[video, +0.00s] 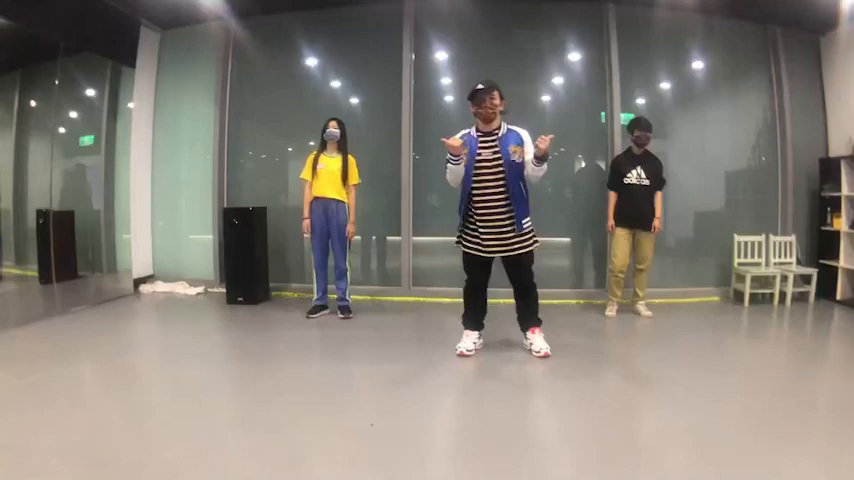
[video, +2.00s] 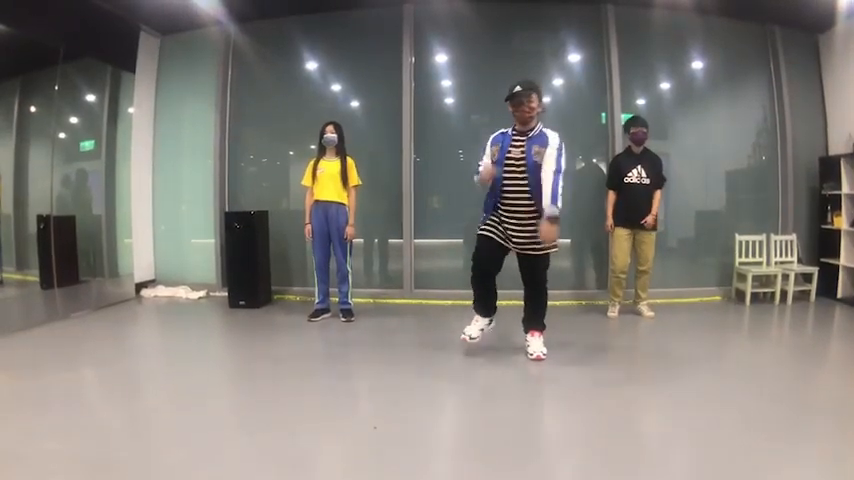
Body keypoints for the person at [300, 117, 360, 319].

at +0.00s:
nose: (332, 131)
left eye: (336, 128)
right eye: (329, 128)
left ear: (342, 134)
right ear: (323, 133)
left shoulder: (348, 160)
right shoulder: (314, 158)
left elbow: (352, 192)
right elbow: (308, 188)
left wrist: (352, 221)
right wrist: (306, 216)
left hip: (339, 204)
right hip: (318, 203)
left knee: (340, 258)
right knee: (319, 257)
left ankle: (343, 301)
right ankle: (320, 301)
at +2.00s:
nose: (330, 136)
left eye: (334, 133)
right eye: (326, 133)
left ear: (340, 137)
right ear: (321, 138)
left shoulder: (347, 162)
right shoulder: (314, 163)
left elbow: (352, 193)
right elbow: (309, 193)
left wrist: (351, 223)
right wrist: (307, 221)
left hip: (339, 207)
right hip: (318, 207)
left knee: (342, 260)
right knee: (320, 260)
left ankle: (345, 305)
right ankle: (322, 304)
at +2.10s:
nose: (330, 137)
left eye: (334, 133)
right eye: (326, 134)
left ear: (340, 138)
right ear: (321, 138)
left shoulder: (347, 163)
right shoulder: (315, 164)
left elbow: (352, 194)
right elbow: (310, 194)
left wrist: (351, 224)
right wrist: (308, 222)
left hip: (339, 208)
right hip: (319, 207)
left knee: (343, 261)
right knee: (320, 260)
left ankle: (346, 306)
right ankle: (322, 305)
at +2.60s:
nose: (331, 139)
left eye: (335, 136)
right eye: (328, 136)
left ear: (342, 140)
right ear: (323, 141)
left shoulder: (349, 165)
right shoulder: (318, 167)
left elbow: (354, 197)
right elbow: (313, 197)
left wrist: (351, 226)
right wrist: (311, 226)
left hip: (341, 211)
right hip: (321, 211)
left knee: (344, 263)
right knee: (323, 263)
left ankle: (348, 309)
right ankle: (324, 308)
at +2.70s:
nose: (332, 139)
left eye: (336, 136)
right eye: (329, 137)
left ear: (342, 140)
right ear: (324, 141)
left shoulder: (350, 165)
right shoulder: (318, 167)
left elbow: (354, 197)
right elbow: (314, 198)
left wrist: (352, 226)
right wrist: (311, 226)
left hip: (342, 212)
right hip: (321, 212)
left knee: (344, 264)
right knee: (323, 264)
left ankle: (348, 310)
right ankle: (325, 309)